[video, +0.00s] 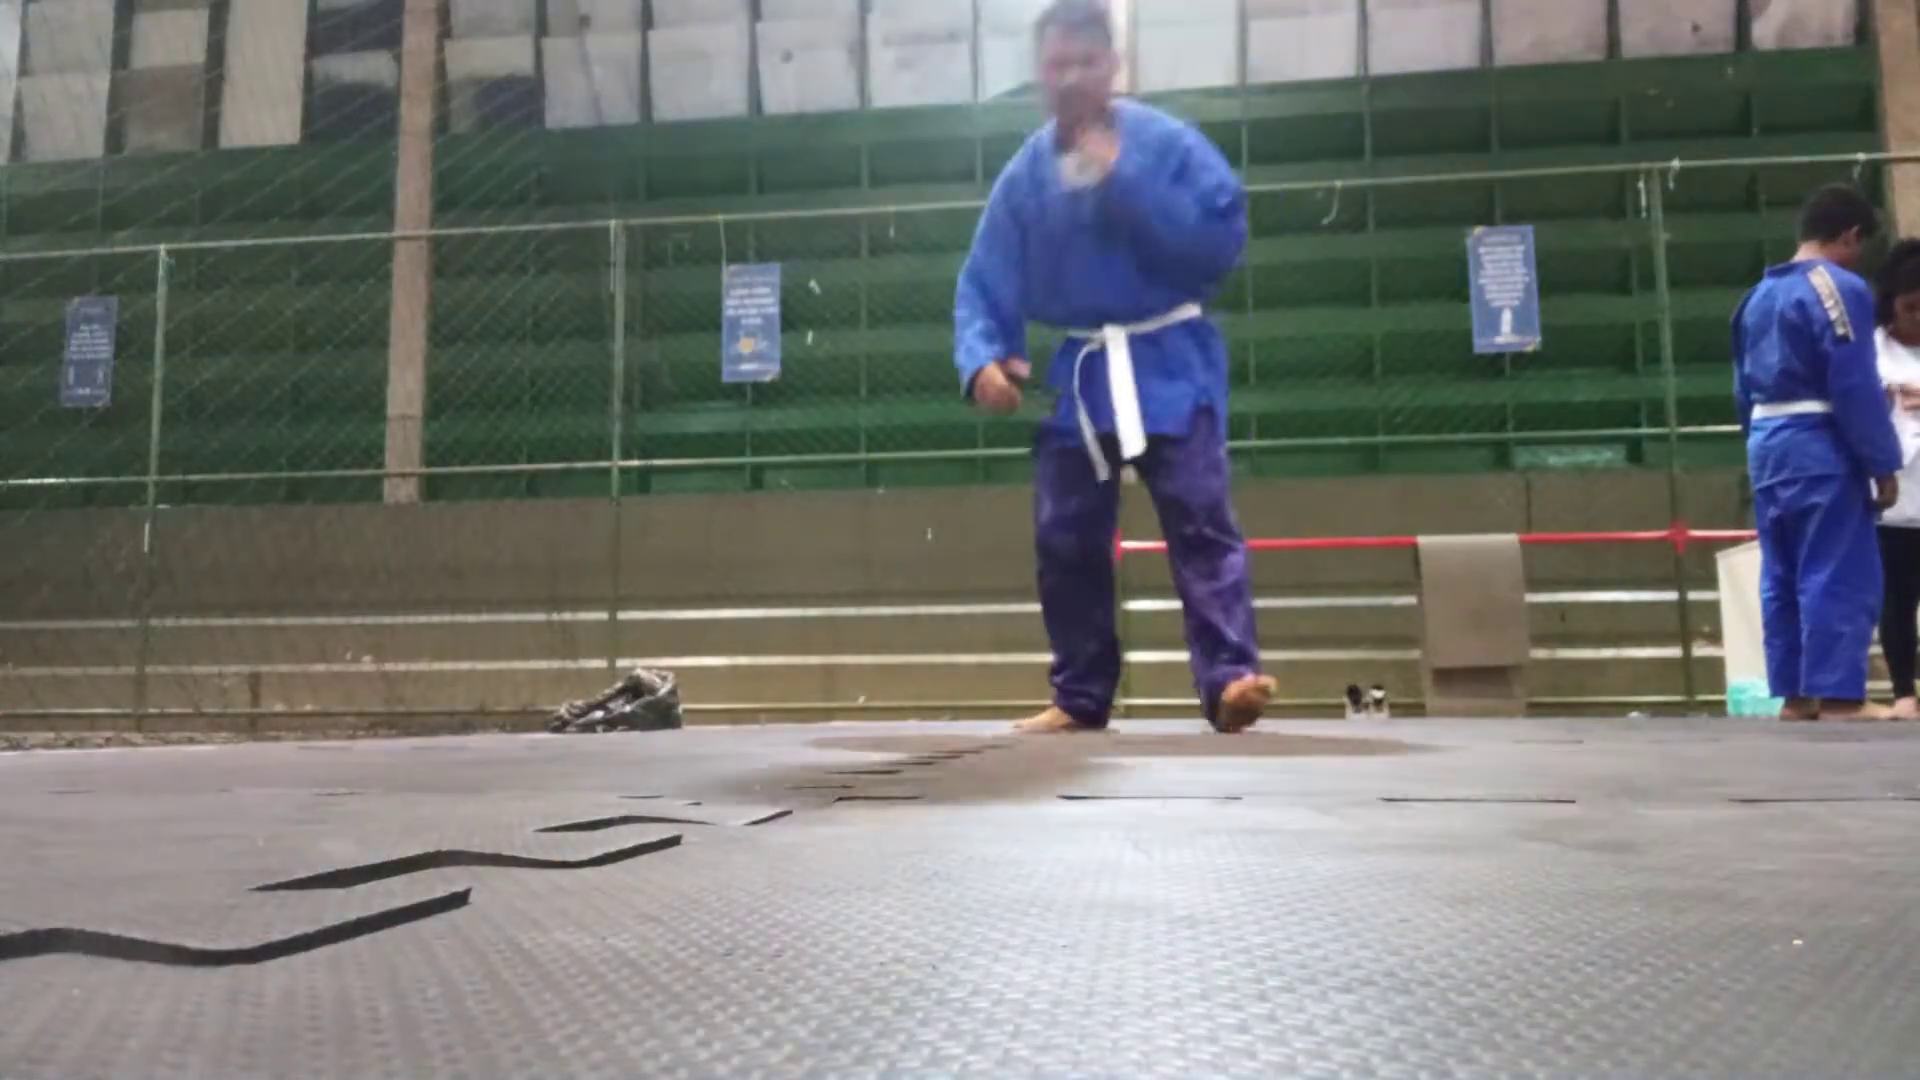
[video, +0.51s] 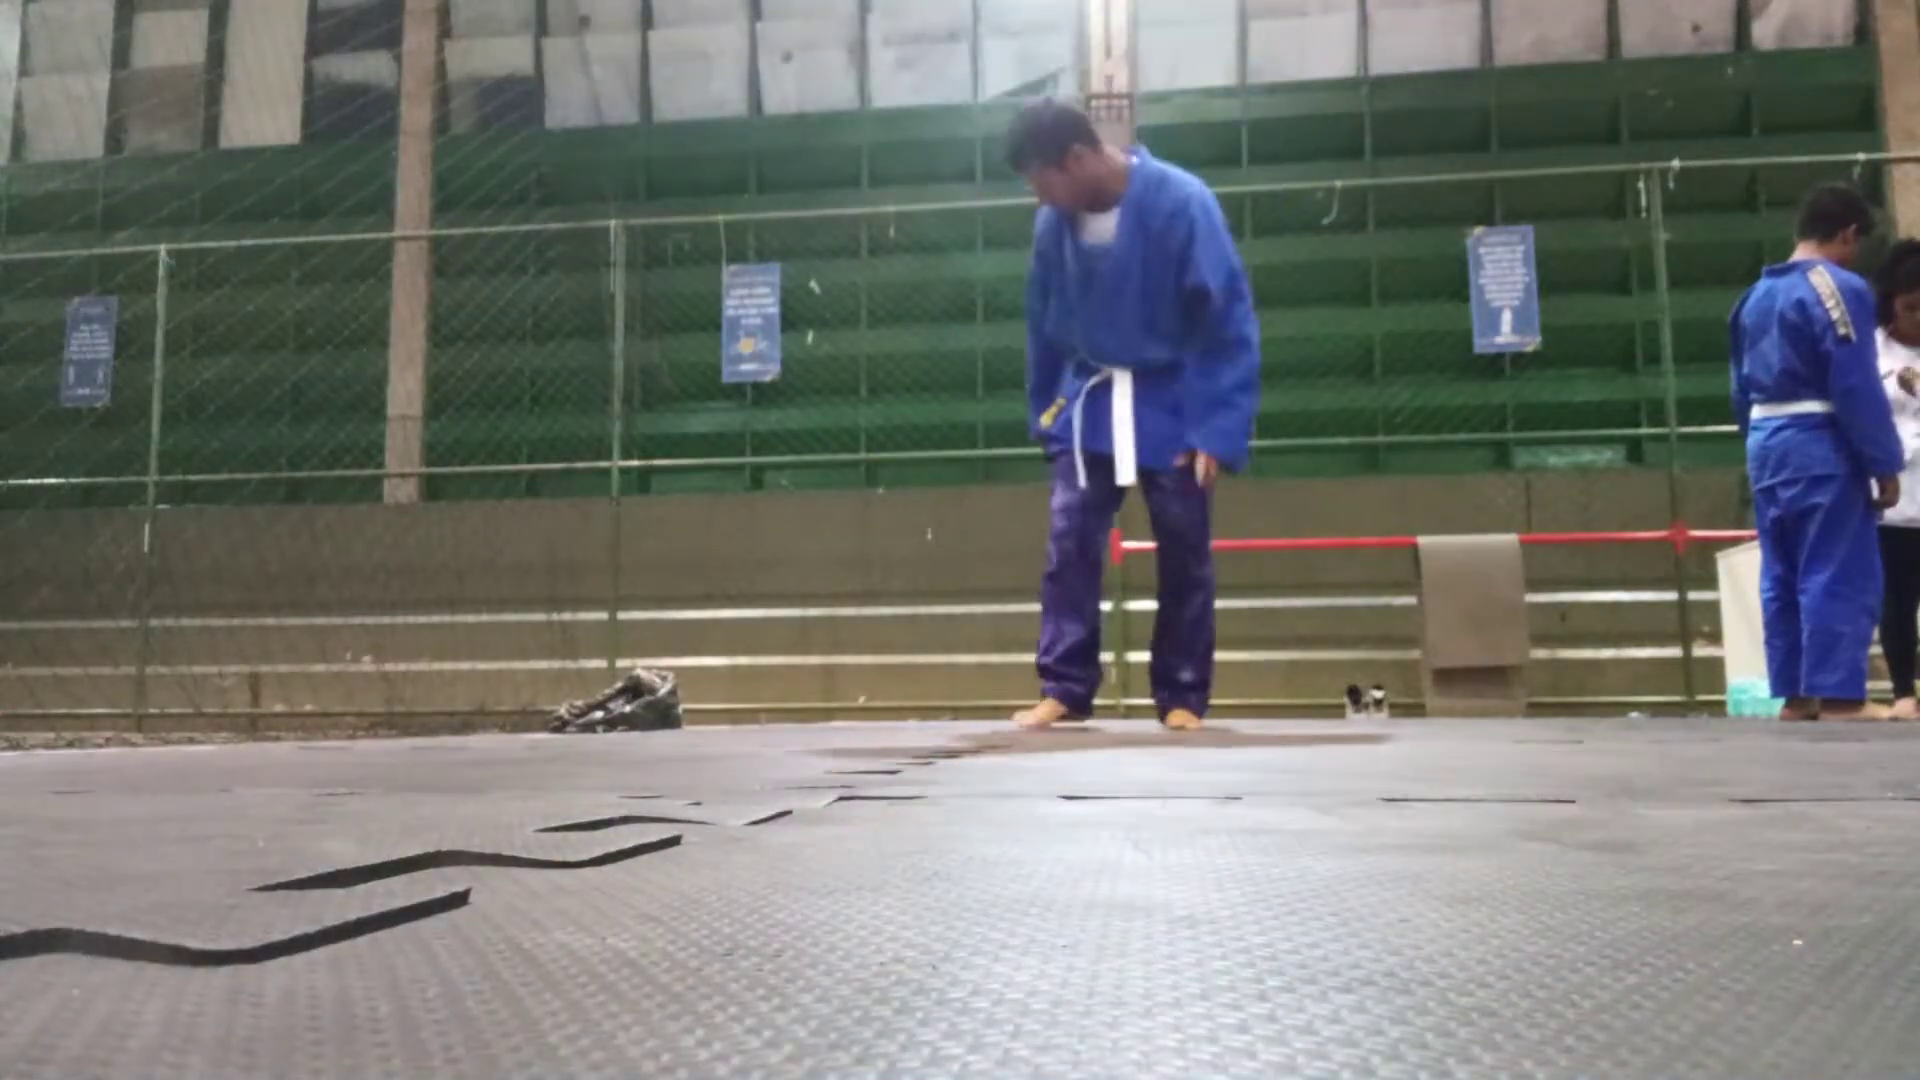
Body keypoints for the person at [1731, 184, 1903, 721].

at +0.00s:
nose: (1860, 254)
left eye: (1862, 244)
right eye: (1861, 243)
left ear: (1805, 232)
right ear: (1847, 235)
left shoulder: (1758, 295)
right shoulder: (1838, 288)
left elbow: (1745, 392)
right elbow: (1854, 389)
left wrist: (1766, 444)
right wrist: (1885, 465)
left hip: (1765, 440)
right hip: (1818, 439)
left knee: (1784, 572)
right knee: (1838, 569)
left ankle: (1795, 696)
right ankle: (1838, 698)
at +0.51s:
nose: (1857, 252)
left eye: (1860, 243)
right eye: (1858, 242)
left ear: (1802, 231)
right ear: (1846, 234)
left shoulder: (1756, 295)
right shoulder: (1838, 289)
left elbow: (1743, 390)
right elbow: (1855, 387)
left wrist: (1764, 442)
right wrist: (1886, 465)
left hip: (1764, 439)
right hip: (1818, 437)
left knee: (1783, 573)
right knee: (1839, 569)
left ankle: (1794, 697)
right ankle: (1838, 699)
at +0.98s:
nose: (1853, 253)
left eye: (1856, 244)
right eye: (1855, 242)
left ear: (1799, 231)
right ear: (1843, 235)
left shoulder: (1753, 295)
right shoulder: (1836, 289)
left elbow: (1739, 390)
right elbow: (1854, 386)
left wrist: (1758, 444)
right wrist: (1885, 464)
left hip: (1761, 441)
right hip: (1816, 439)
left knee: (1781, 574)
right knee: (1839, 570)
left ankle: (1793, 698)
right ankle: (1838, 699)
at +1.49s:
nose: (1849, 252)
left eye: (1852, 244)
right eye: (1851, 242)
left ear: (1795, 231)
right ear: (1840, 235)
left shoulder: (1751, 295)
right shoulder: (1833, 289)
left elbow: (1737, 391)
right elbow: (1853, 387)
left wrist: (1757, 444)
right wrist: (1883, 464)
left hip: (1759, 440)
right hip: (1814, 438)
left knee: (1778, 575)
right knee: (1839, 569)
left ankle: (1791, 696)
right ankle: (1838, 698)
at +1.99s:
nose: (1851, 252)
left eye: (1853, 243)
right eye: (1853, 242)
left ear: (1796, 232)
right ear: (1842, 235)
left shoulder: (1752, 296)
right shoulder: (1835, 289)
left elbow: (1739, 392)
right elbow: (1854, 387)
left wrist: (1760, 444)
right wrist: (1885, 464)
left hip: (1761, 441)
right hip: (1816, 439)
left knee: (1781, 574)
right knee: (1840, 569)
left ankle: (1793, 697)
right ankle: (1839, 698)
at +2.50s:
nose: (1859, 251)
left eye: (1861, 242)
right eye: (1860, 241)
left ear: (1803, 231)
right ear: (1848, 235)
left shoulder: (1757, 296)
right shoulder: (1845, 290)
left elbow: (1741, 391)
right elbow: (1862, 387)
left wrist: (1761, 445)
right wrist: (1891, 465)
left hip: (1766, 443)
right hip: (1823, 441)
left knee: (1783, 576)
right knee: (1841, 572)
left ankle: (1795, 698)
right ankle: (1840, 701)